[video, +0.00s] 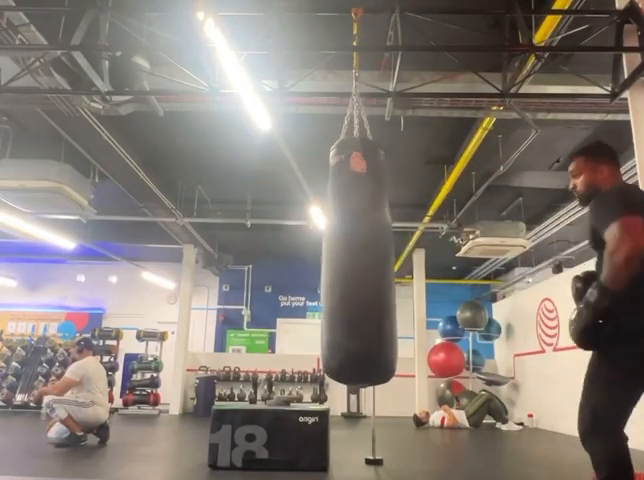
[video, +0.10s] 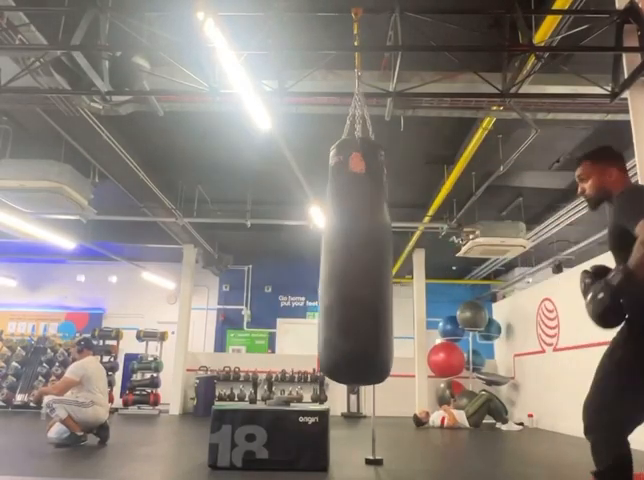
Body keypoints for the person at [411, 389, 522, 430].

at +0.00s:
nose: (423, 410)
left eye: (421, 410)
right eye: (421, 412)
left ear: (423, 416)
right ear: (423, 418)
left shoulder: (435, 415)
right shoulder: (434, 420)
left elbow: (452, 416)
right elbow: (453, 423)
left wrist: (450, 409)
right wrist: (447, 410)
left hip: (466, 413)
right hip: (469, 419)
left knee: (484, 393)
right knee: (487, 396)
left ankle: (501, 419)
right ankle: (505, 422)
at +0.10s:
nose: (423, 410)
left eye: (421, 410)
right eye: (422, 412)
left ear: (423, 416)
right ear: (424, 418)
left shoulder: (435, 415)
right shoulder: (434, 420)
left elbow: (451, 415)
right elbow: (453, 423)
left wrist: (449, 407)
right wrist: (447, 410)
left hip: (466, 413)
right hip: (469, 419)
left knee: (484, 393)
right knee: (487, 396)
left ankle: (501, 420)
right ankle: (505, 422)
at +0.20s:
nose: (423, 410)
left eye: (421, 410)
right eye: (421, 412)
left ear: (423, 415)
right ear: (423, 418)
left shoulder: (435, 415)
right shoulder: (434, 420)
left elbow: (450, 416)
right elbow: (453, 423)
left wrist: (448, 407)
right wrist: (448, 410)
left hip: (467, 413)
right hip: (469, 419)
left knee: (484, 393)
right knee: (487, 396)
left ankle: (501, 420)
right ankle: (505, 422)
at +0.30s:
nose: (423, 410)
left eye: (421, 410)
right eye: (421, 412)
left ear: (423, 416)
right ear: (423, 418)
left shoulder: (434, 415)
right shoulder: (434, 420)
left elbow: (450, 415)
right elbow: (453, 423)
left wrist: (446, 403)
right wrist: (446, 406)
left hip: (467, 413)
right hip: (470, 419)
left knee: (484, 393)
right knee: (487, 396)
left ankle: (501, 420)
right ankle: (505, 422)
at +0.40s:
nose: (423, 410)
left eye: (421, 411)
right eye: (421, 413)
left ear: (423, 416)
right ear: (423, 418)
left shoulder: (434, 416)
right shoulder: (434, 420)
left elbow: (449, 415)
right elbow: (453, 422)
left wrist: (444, 403)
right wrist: (445, 406)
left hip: (466, 413)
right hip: (469, 419)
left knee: (484, 393)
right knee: (487, 396)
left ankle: (501, 420)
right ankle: (505, 422)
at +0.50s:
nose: (423, 410)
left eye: (421, 411)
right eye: (421, 413)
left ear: (423, 416)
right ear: (423, 418)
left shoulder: (434, 415)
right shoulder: (434, 421)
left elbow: (448, 414)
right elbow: (453, 422)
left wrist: (443, 404)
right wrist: (445, 407)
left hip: (466, 413)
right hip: (469, 419)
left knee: (484, 393)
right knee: (487, 397)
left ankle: (500, 420)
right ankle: (505, 422)